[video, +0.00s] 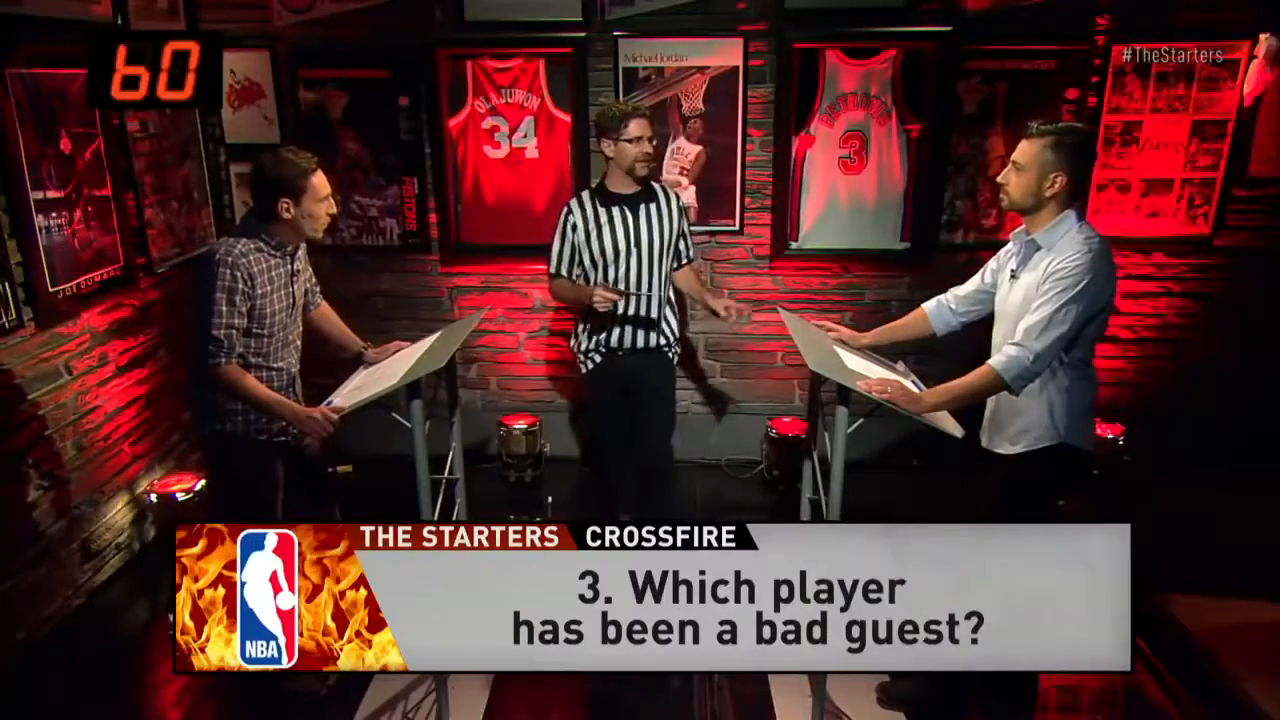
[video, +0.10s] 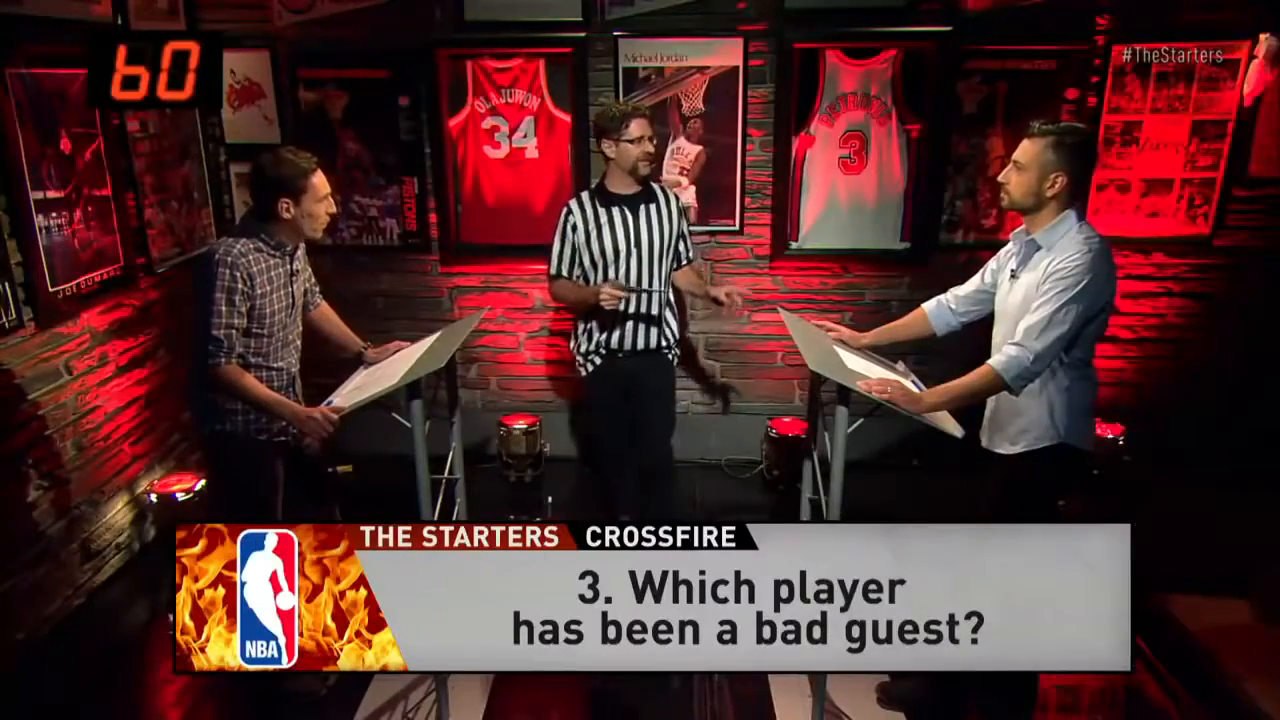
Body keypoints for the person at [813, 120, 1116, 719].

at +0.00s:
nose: (1002, 175)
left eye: (1016, 167)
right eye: (1007, 163)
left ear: (1054, 186)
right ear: (1046, 184)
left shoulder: (1083, 259)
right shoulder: (1026, 243)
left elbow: (1022, 358)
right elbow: (957, 305)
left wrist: (927, 399)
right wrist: (869, 338)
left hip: (1043, 446)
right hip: (1001, 433)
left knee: (1009, 580)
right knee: (974, 562)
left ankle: (998, 704)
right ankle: (941, 683)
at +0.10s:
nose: (1003, 174)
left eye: (1017, 167)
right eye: (1008, 163)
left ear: (1055, 186)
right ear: (1047, 184)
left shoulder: (1083, 259)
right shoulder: (1026, 243)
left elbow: (1022, 359)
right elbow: (957, 304)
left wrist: (927, 399)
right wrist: (869, 338)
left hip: (1043, 446)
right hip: (1001, 433)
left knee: (1009, 579)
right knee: (975, 562)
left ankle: (997, 704)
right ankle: (942, 682)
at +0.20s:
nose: (1003, 174)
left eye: (1018, 166)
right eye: (1009, 162)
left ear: (1055, 186)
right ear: (1048, 183)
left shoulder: (1083, 259)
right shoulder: (1026, 243)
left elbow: (1023, 359)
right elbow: (957, 305)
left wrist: (927, 398)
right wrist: (869, 339)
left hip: (1042, 446)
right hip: (1001, 434)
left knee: (1010, 580)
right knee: (976, 563)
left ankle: (998, 704)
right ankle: (943, 683)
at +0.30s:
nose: (1004, 174)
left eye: (1018, 166)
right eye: (1010, 162)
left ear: (1056, 186)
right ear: (1049, 184)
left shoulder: (1083, 259)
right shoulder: (1027, 242)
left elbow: (1022, 359)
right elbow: (957, 304)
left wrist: (927, 398)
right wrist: (869, 339)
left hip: (1042, 446)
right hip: (1001, 433)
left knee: (1010, 580)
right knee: (977, 562)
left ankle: (997, 705)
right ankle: (943, 683)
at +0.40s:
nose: (1005, 173)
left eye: (1019, 167)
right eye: (1010, 162)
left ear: (1056, 186)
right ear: (1048, 183)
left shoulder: (1078, 258)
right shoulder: (1026, 242)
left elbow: (1022, 359)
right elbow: (957, 304)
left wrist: (926, 398)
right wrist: (867, 339)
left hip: (1040, 446)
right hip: (1000, 433)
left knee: (1013, 578)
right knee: (980, 562)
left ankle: (998, 704)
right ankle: (945, 684)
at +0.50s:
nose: (1005, 173)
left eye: (1019, 167)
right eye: (1010, 162)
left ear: (1055, 186)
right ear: (1047, 183)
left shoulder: (1066, 259)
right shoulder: (1022, 246)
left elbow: (1021, 360)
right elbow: (955, 305)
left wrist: (926, 398)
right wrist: (867, 339)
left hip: (1032, 449)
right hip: (997, 437)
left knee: (1008, 576)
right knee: (977, 561)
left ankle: (992, 701)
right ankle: (941, 682)